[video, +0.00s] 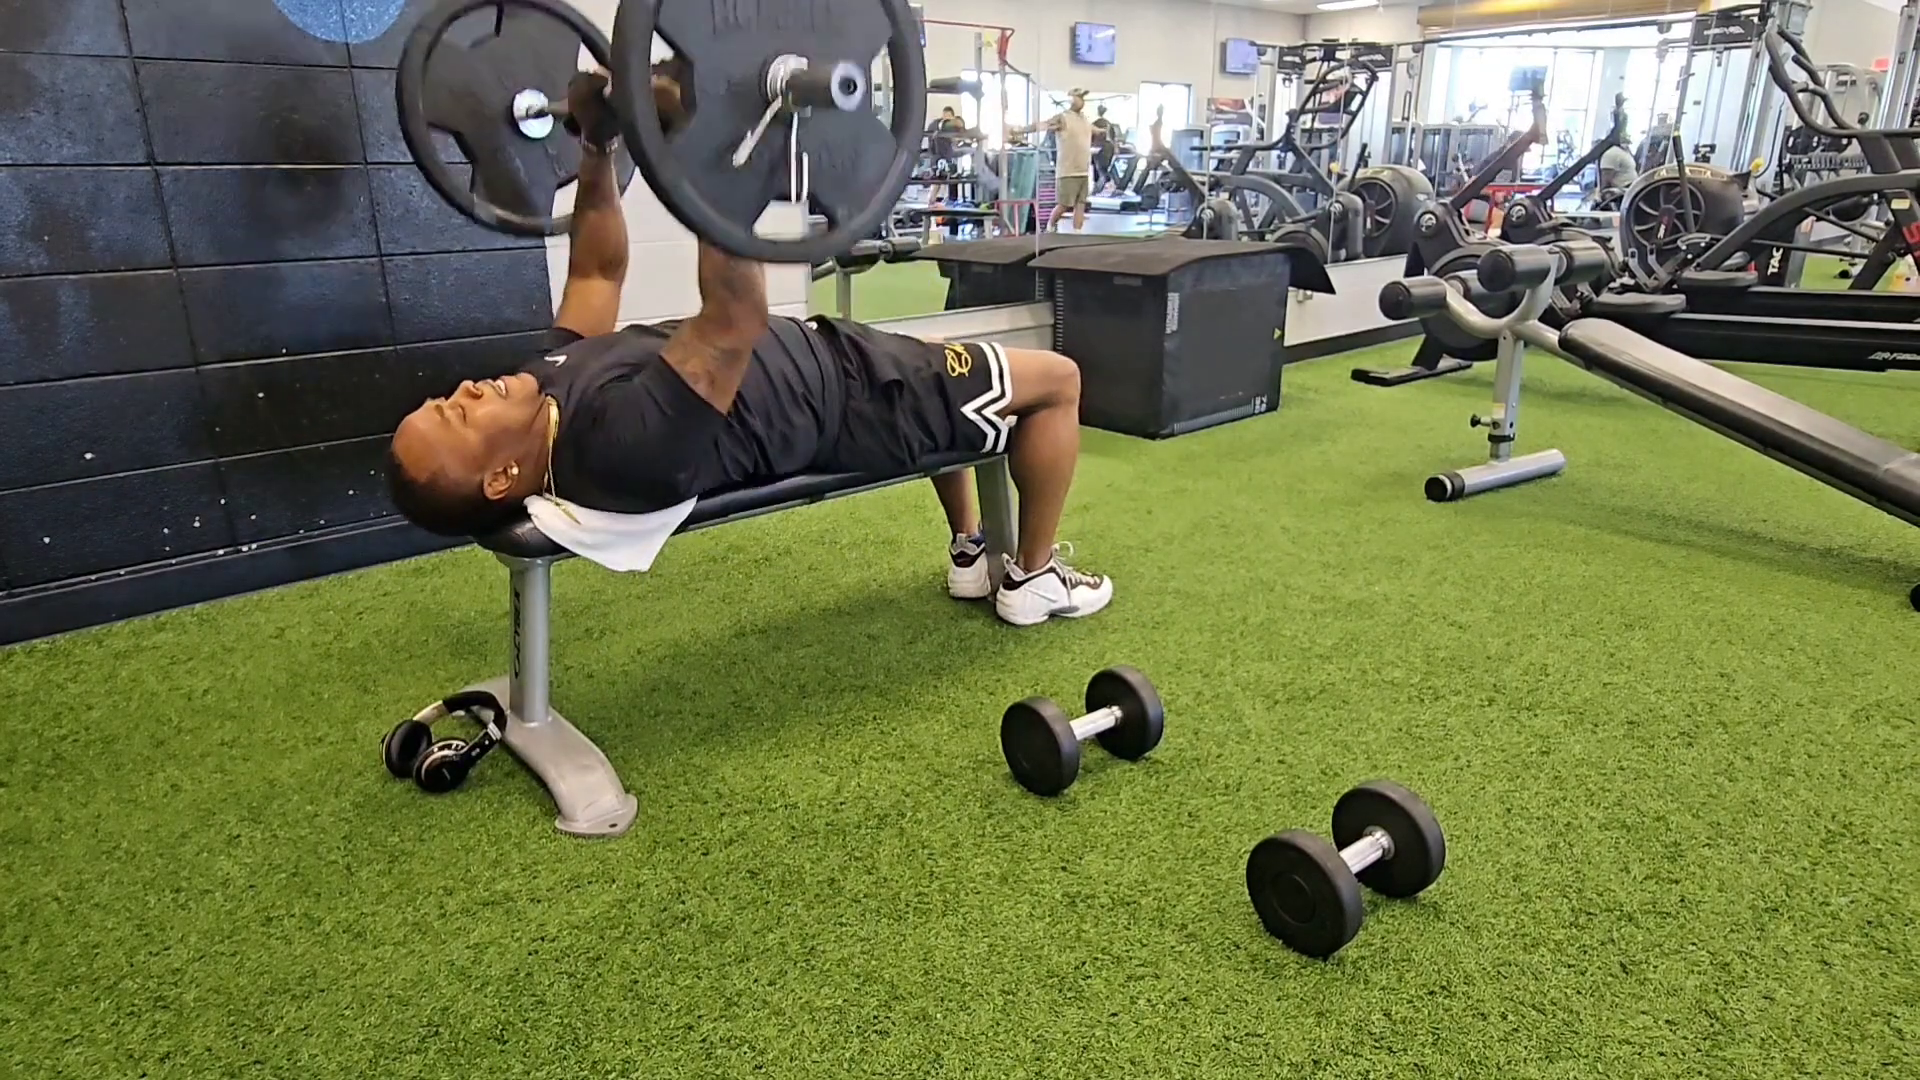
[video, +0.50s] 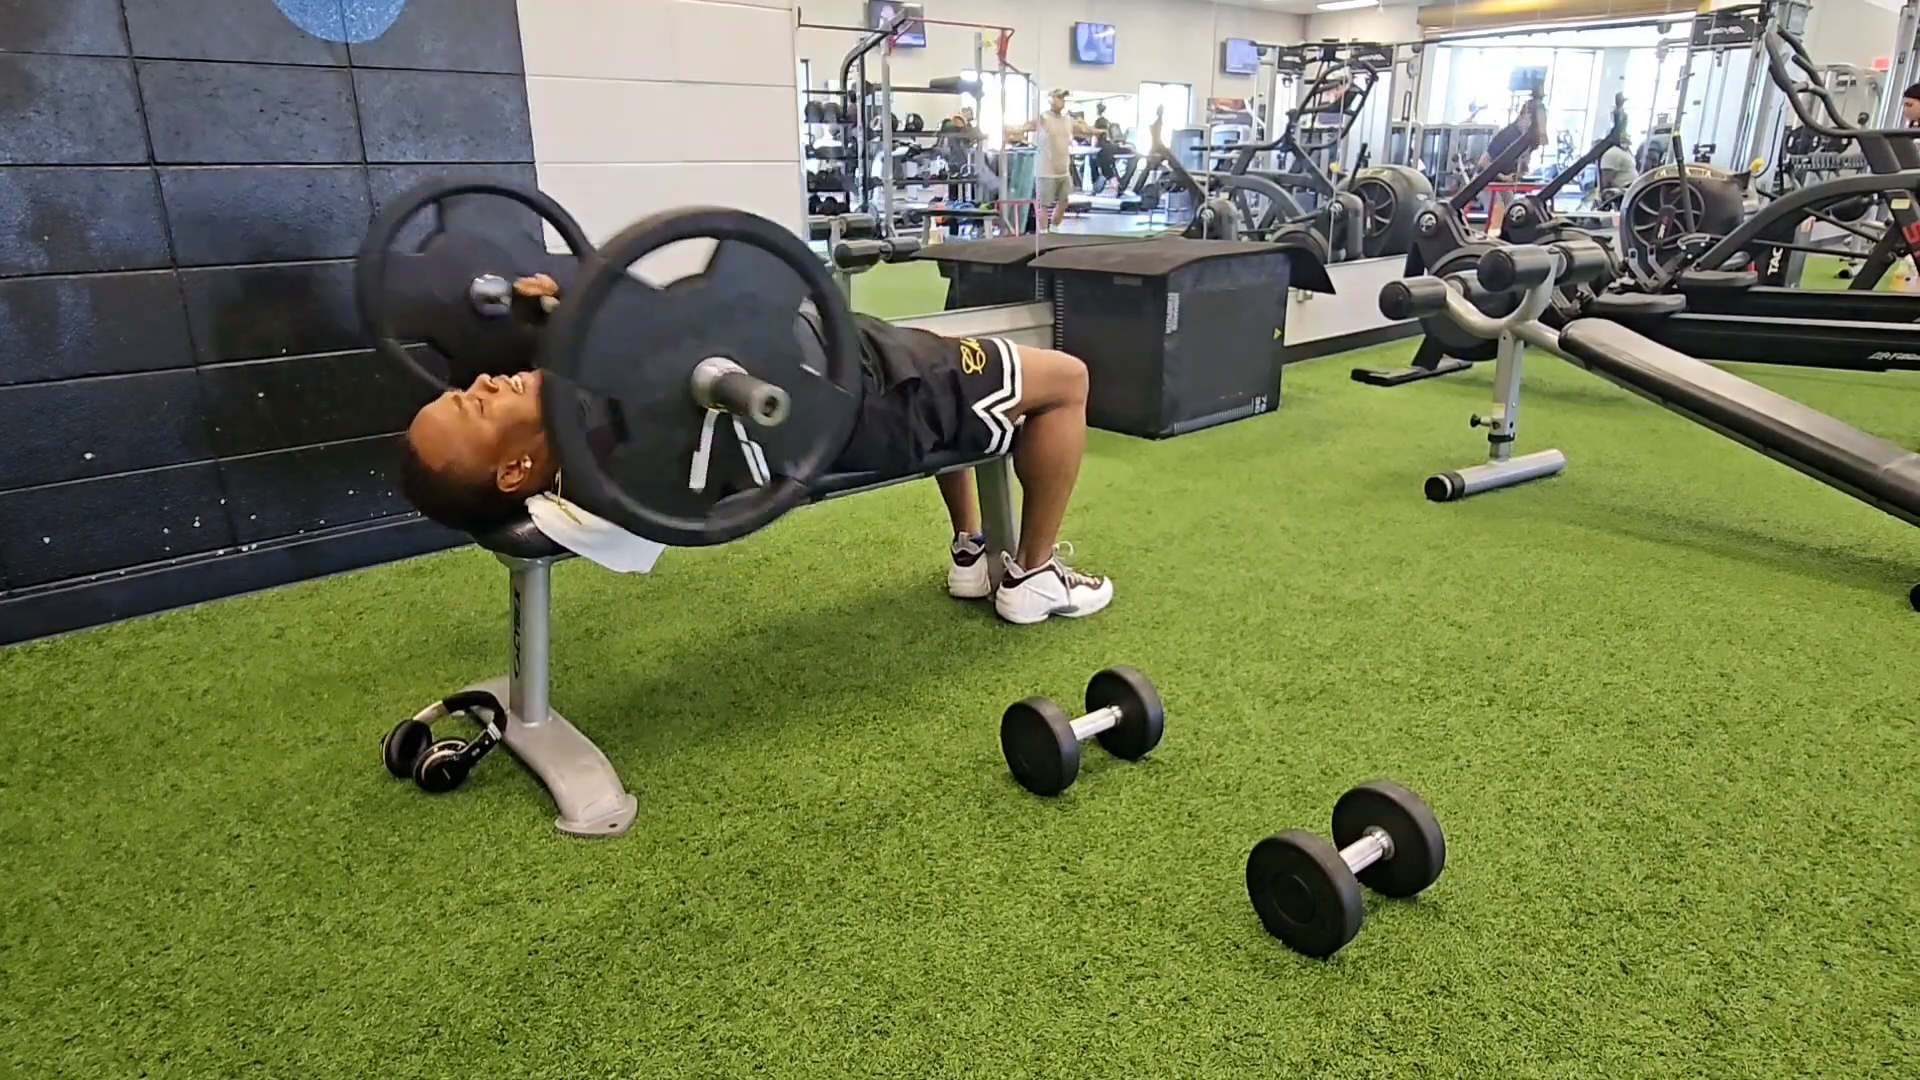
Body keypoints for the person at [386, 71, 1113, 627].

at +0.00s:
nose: (481, 382)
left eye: (453, 392)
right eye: (468, 408)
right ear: (506, 472)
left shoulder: (542, 382)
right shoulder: (619, 446)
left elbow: (596, 278)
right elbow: (733, 321)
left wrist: (596, 146)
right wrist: (700, 150)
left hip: (802, 346)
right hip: (842, 392)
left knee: (939, 368)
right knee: (1057, 380)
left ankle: (975, 548)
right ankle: (1034, 575)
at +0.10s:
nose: (482, 378)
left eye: (454, 389)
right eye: (465, 406)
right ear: (507, 478)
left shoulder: (554, 400)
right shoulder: (616, 459)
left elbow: (612, 321)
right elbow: (737, 406)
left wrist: (606, 221)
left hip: (793, 362)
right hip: (834, 405)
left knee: (926, 353)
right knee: (1060, 380)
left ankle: (972, 547)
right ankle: (1035, 573)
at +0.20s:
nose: (482, 376)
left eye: (458, 391)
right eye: (475, 403)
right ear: (519, 469)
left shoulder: (551, 391)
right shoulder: (622, 463)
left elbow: (635, 336)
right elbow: (773, 459)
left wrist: (625, 277)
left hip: (785, 376)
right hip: (840, 423)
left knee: (936, 355)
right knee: (1064, 377)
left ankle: (972, 548)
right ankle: (1036, 574)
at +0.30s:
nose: (478, 376)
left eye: (455, 385)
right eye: (467, 404)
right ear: (509, 478)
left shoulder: (547, 400)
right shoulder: (629, 468)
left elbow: (656, 363)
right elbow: (780, 498)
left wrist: (620, 321)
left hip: (784, 380)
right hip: (853, 426)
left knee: (922, 347)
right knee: (1065, 377)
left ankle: (973, 546)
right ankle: (1034, 574)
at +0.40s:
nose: (479, 378)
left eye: (457, 387)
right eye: (468, 406)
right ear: (513, 475)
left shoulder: (550, 389)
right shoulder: (617, 465)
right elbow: (736, 493)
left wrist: (600, 327)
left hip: (785, 360)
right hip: (851, 414)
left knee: (924, 345)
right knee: (1066, 380)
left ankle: (972, 544)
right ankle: (1036, 572)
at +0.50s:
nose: (493, 379)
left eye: (472, 386)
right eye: (485, 403)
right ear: (517, 469)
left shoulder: (554, 400)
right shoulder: (615, 457)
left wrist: (553, 301)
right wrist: (576, 309)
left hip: (800, 349)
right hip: (856, 404)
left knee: (940, 343)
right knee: (1067, 379)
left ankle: (972, 543)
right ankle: (1036, 574)